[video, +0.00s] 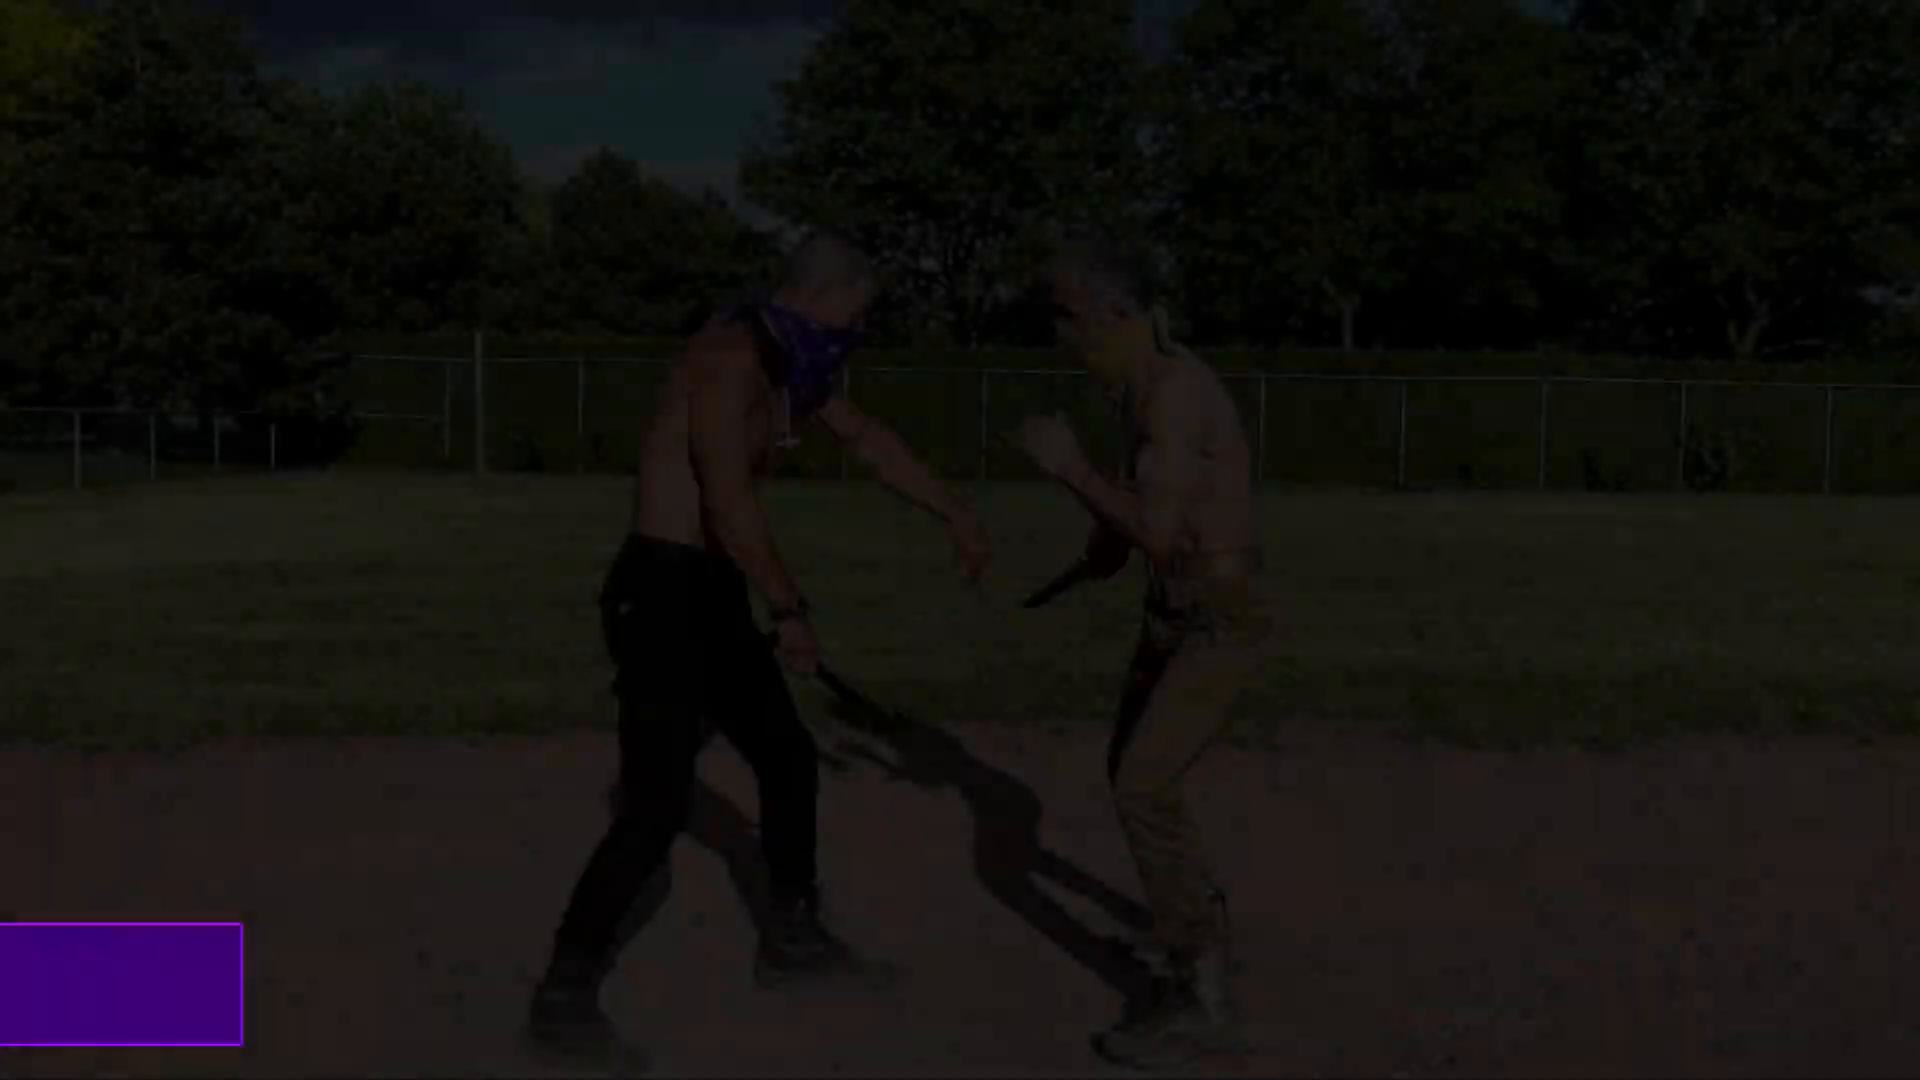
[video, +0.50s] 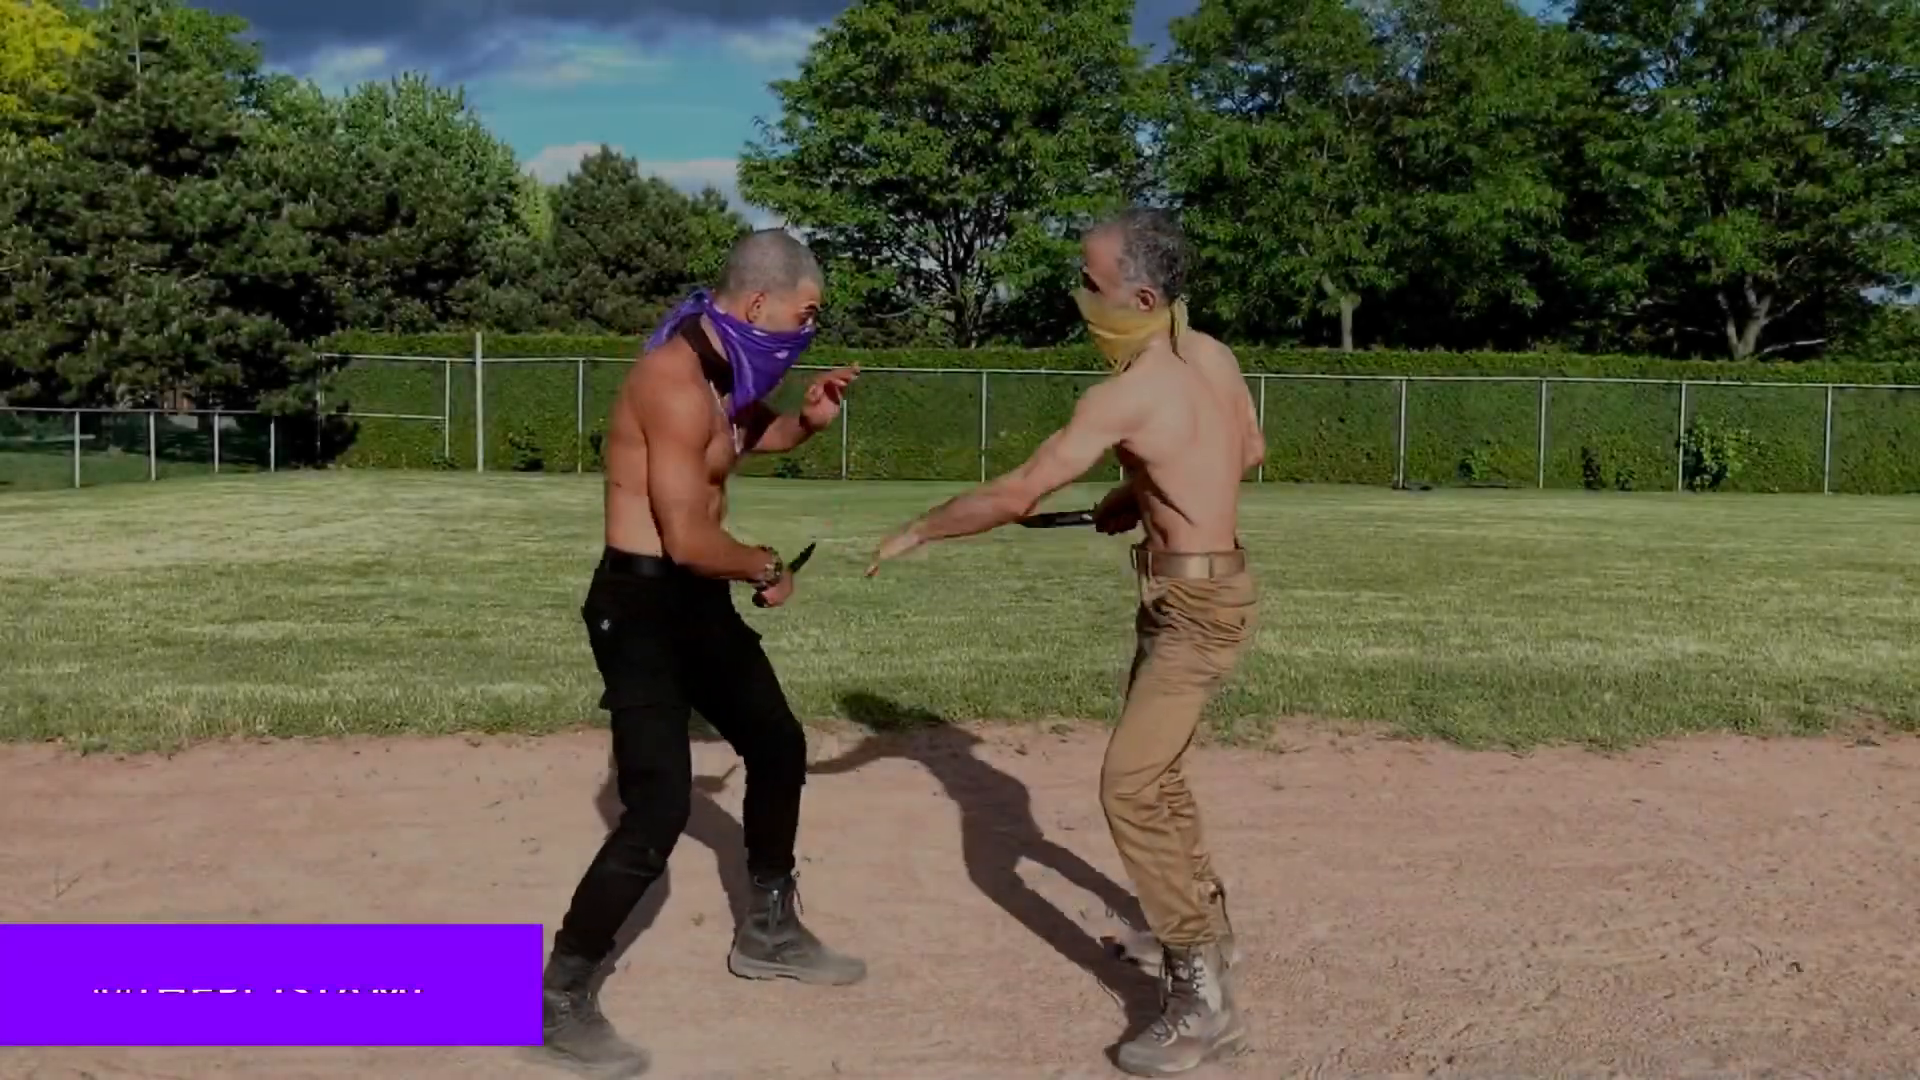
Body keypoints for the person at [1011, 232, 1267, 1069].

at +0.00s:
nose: (1081, 348)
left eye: (1090, 328)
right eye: (1076, 330)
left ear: (1130, 320)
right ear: (1107, 324)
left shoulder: (1178, 394)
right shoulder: (1142, 392)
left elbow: (1162, 533)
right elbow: (1130, 525)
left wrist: (1074, 469)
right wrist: (1067, 583)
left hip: (1222, 624)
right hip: (1177, 617)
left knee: (1144, 779)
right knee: (1132, 773)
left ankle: (1201, 985)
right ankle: (1186, 952)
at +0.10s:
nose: (1080, 334)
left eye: (1089, 317)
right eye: (1079, 318)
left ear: (1134, 316)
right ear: (1135, 317)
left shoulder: (1206, 398)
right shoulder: (1141, 389)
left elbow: (1198, 541)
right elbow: (1105, 448)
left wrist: (1119, 467)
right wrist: (1037, 470)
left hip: (1219, 623)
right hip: (1171, 615)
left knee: (1144, 782)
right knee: (1136, 764)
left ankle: (1205, 994)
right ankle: (1193, 914)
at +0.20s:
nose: (1093, 333)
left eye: (1103, 318)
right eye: (1093, 318)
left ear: (1152, 315)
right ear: (1142, 316)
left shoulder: (1221, 404)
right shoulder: (1133, 377)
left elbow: (1194, 541)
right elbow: (1050, 386)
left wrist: (1116, 458)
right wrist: (947, 417)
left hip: (1227, 615)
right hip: (1174, 607)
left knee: (1154, 779)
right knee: (1131, 758)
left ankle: (1206, 998)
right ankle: (1193, 917)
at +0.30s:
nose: (1098, 323)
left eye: (1112, 307)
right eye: (1097, 308)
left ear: (1164, 308)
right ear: (1136, 311)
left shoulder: (1220, 396)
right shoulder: (1122, 384)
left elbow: (1165, 532)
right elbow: (1087, 428)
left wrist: (1091, 438)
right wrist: (1034, 445)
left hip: (1219, 610)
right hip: (1155, 602)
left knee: (1167, 778)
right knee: (1128, 763)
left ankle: (1213, 997)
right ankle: (1192, 911)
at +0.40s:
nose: (1097, 309)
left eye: (1108, 294)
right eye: (1095, 293)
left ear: (1160, 296)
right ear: (1152, 293)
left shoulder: (1181, 388)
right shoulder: (1174, 354)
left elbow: (1047, 484)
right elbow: (1183, 451)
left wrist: (961, 425)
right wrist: (1135, 498)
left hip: (1207, 607)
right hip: (1165, 595)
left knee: (1159, 782)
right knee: (1131, 761)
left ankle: (1210, 996)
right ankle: (1193, 922)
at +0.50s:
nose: (1084, 297)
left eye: (1094, 284)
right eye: (1084, 280)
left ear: (1140, 291)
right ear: (1159, 291)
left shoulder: (1127, 395)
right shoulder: (1211, 355)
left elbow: (1020, 493)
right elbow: (1249, 451)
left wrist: (922, 530)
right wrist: (1146, 490)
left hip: (1192, 608)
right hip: (1203, 593)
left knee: (1131, 787)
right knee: (1151, 770)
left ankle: (1202, 995)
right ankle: (1201, 928)